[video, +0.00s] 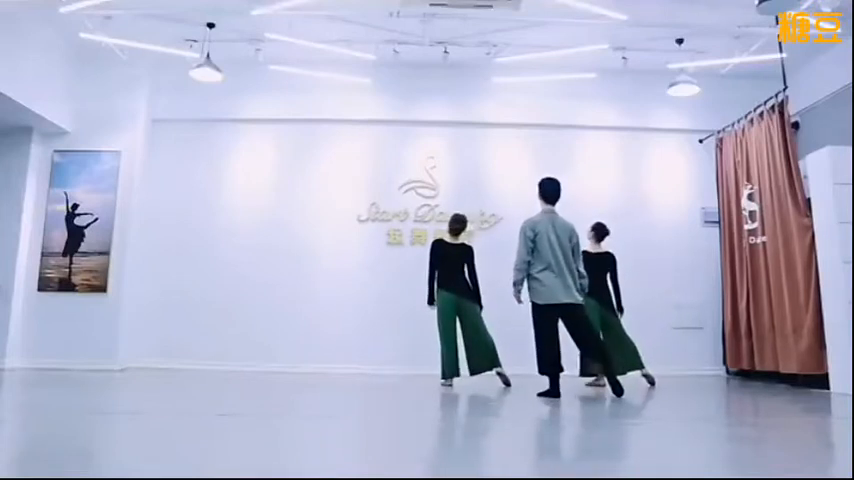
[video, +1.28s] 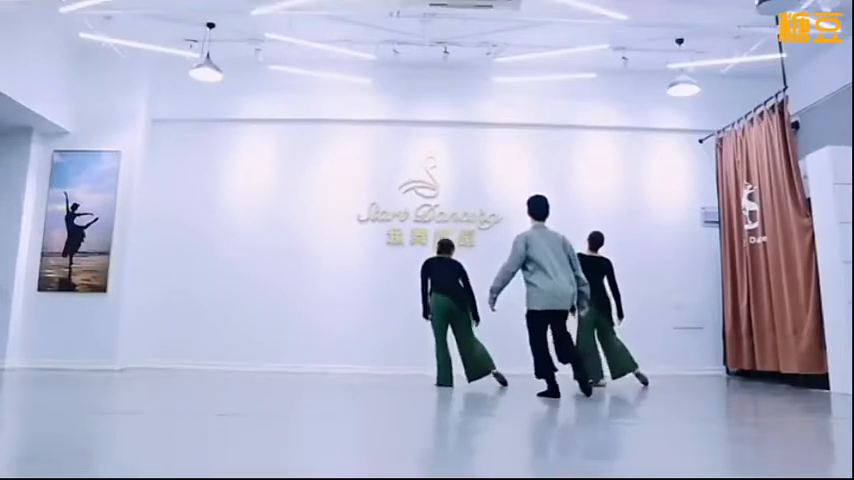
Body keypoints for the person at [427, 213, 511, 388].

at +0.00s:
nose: (457, 230)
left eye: (454, 226)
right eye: (460, 228)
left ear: (448, 226)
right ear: (464, 229)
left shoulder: (437, 245)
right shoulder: (467, 249)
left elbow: (432, 272)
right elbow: (473, 276)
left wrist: (431, 295)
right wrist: (478, 299)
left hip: (445, 294)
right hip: (465, 294)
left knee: (447, 334)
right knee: (480, 331)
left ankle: (447, 376)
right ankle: (497, 367)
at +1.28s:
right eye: (452, 251)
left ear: (437, 250)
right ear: (452, 251)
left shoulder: (428, 263)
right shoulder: (457, 265)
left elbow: (424, 288)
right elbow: (468, 289)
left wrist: (425, 309)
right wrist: (475, 312)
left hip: (438, 301)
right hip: (458, 302)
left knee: (440, 342)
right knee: (468, 338)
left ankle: (444, 379)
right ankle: (492, 369)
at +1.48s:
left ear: (433, 256)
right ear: (448, 256)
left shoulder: (426, 267)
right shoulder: (455, 268)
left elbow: (422, 293)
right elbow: (465, 294)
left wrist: (421, 315)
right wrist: (470, 317)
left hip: (436, 307)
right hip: (457, 308)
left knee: (438, 344)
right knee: (453, 339)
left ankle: (443, 381)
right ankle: (465, 367)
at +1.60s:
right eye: (444, 258)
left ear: (432, 257)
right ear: (446, 258)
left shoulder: (425, 267)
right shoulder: (454, 269)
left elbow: (421, 292)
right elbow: (461, 295)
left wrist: (419, 315)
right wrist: (465, 318)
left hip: (434, 308)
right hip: (453, 309)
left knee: (436, 345)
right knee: (448, 339)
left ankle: (439, 379)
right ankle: (448, 369)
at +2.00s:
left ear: (427, 234)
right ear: (440, 236)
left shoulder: (419, 245)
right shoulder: (448, 248)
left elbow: (414, 271)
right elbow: (452, 276)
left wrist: (412, 293)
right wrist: (454, 300)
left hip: (425, 290)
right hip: (444, 293)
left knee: (431, 331)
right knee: (438, 332)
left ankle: (442, 370)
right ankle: (427, 368)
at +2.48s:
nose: (430, 224)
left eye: (425, 219)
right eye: (432, 221)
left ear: (419, 220)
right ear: (434, 222)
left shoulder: (408, 237)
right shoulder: (436, 241)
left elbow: (402, 264)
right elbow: (440, 269)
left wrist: (399, 287)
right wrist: (443, 292)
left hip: (413, 288)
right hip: (431, 289)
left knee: (415, 327)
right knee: (428, 327)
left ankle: (422, 368)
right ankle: (424, 368)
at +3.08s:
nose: (410, 222)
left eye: (408, 219)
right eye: (410, 219)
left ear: (394, 219)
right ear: (410, 221)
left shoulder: (386, 238)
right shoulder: (415, 241)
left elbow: (381, 264)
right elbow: (420, 268)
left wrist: (378, 287)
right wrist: (425, 291)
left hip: (392, 287)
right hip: (410, 288)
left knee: (394, 327)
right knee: (409, 326)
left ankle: (399, 367)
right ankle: (403, 365)